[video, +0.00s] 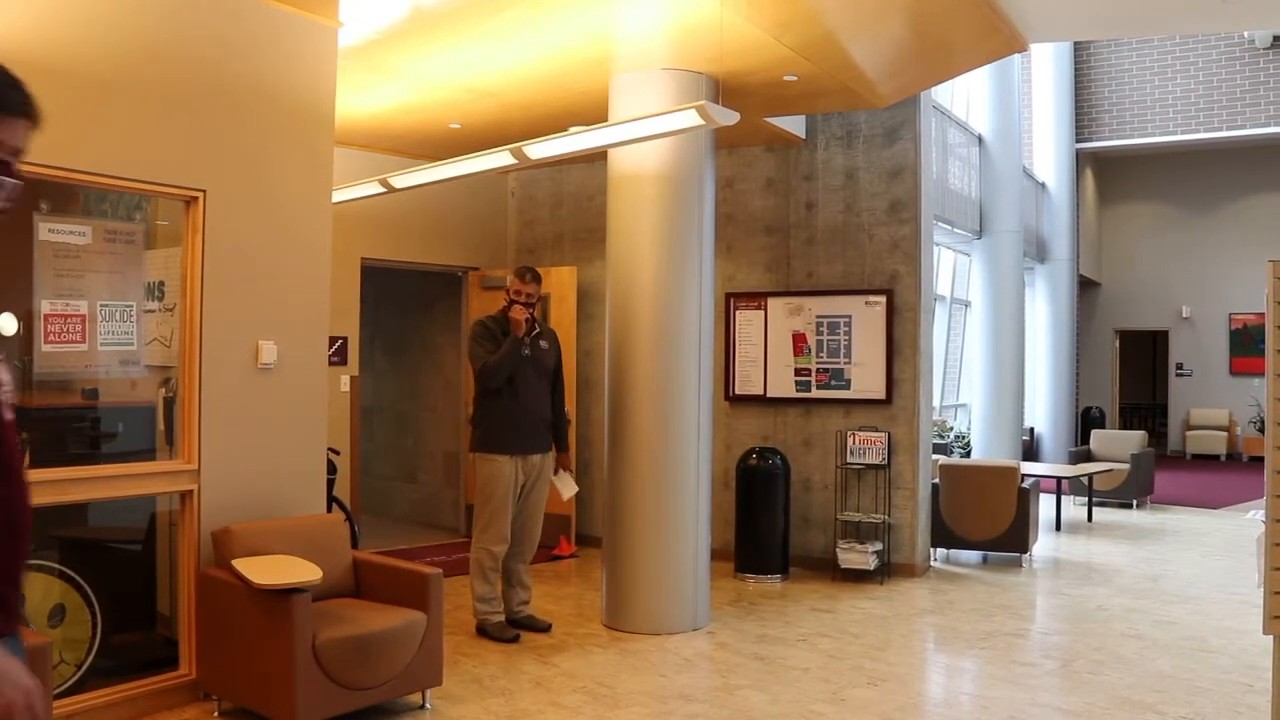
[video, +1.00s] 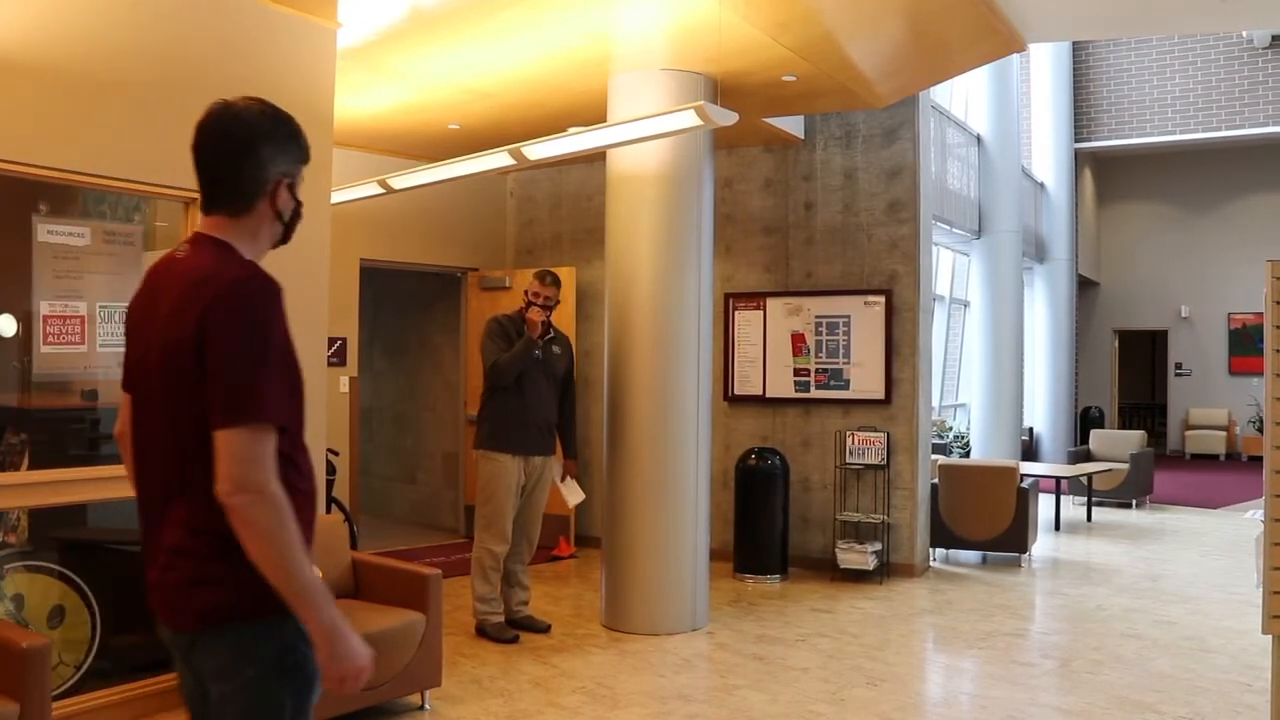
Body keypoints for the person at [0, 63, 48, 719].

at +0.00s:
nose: (15, 180)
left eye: (17, 159)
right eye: (6, 156)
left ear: (23, 156)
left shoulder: (6, 332)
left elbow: (10, 488)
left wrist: (13, 623)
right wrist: (1, 643)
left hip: (6, 614)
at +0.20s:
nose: (96, 202)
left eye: (100, 186)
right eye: (86, 182)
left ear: (31, 172)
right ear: (27, 170)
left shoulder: (23, 295)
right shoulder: (7, 296)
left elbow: (32, 467)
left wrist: (69, 611)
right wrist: (31, 632)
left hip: (63, 616)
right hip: (31, 638)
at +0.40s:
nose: (156, 206)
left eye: (159, 190)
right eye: (149, 187)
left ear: (95, 180)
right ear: (94, 178)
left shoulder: (60, 278)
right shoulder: (28, 275)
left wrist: (112, 615)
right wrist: (89, 634)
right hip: (64, 644)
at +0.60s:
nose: (212, 211)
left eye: (215, 195)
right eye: (206, 193)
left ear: (156, 188)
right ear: (161, 189)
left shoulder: (102, 278)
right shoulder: (100, 283)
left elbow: (74, 480)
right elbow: (72, 483)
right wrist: (168, 644)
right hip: (133, 646)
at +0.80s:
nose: (264, 200)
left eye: (265, 183)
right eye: (260, 183)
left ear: (168, 181)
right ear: (224, 187)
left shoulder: (127, 275)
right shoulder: (181, 286)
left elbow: (102, 440)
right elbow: (168, 480)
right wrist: (251, 635)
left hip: (142, 620)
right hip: (202, 632)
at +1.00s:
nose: (300, 201)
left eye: (300, 183)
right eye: (299, 183)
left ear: (209, 180)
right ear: (279, 192)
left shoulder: (160, 280)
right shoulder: (244, 290)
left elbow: (132, 436)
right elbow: (247, 485)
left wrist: (182, 541)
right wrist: (329, 626)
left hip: (188, 603)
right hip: (250, 614)